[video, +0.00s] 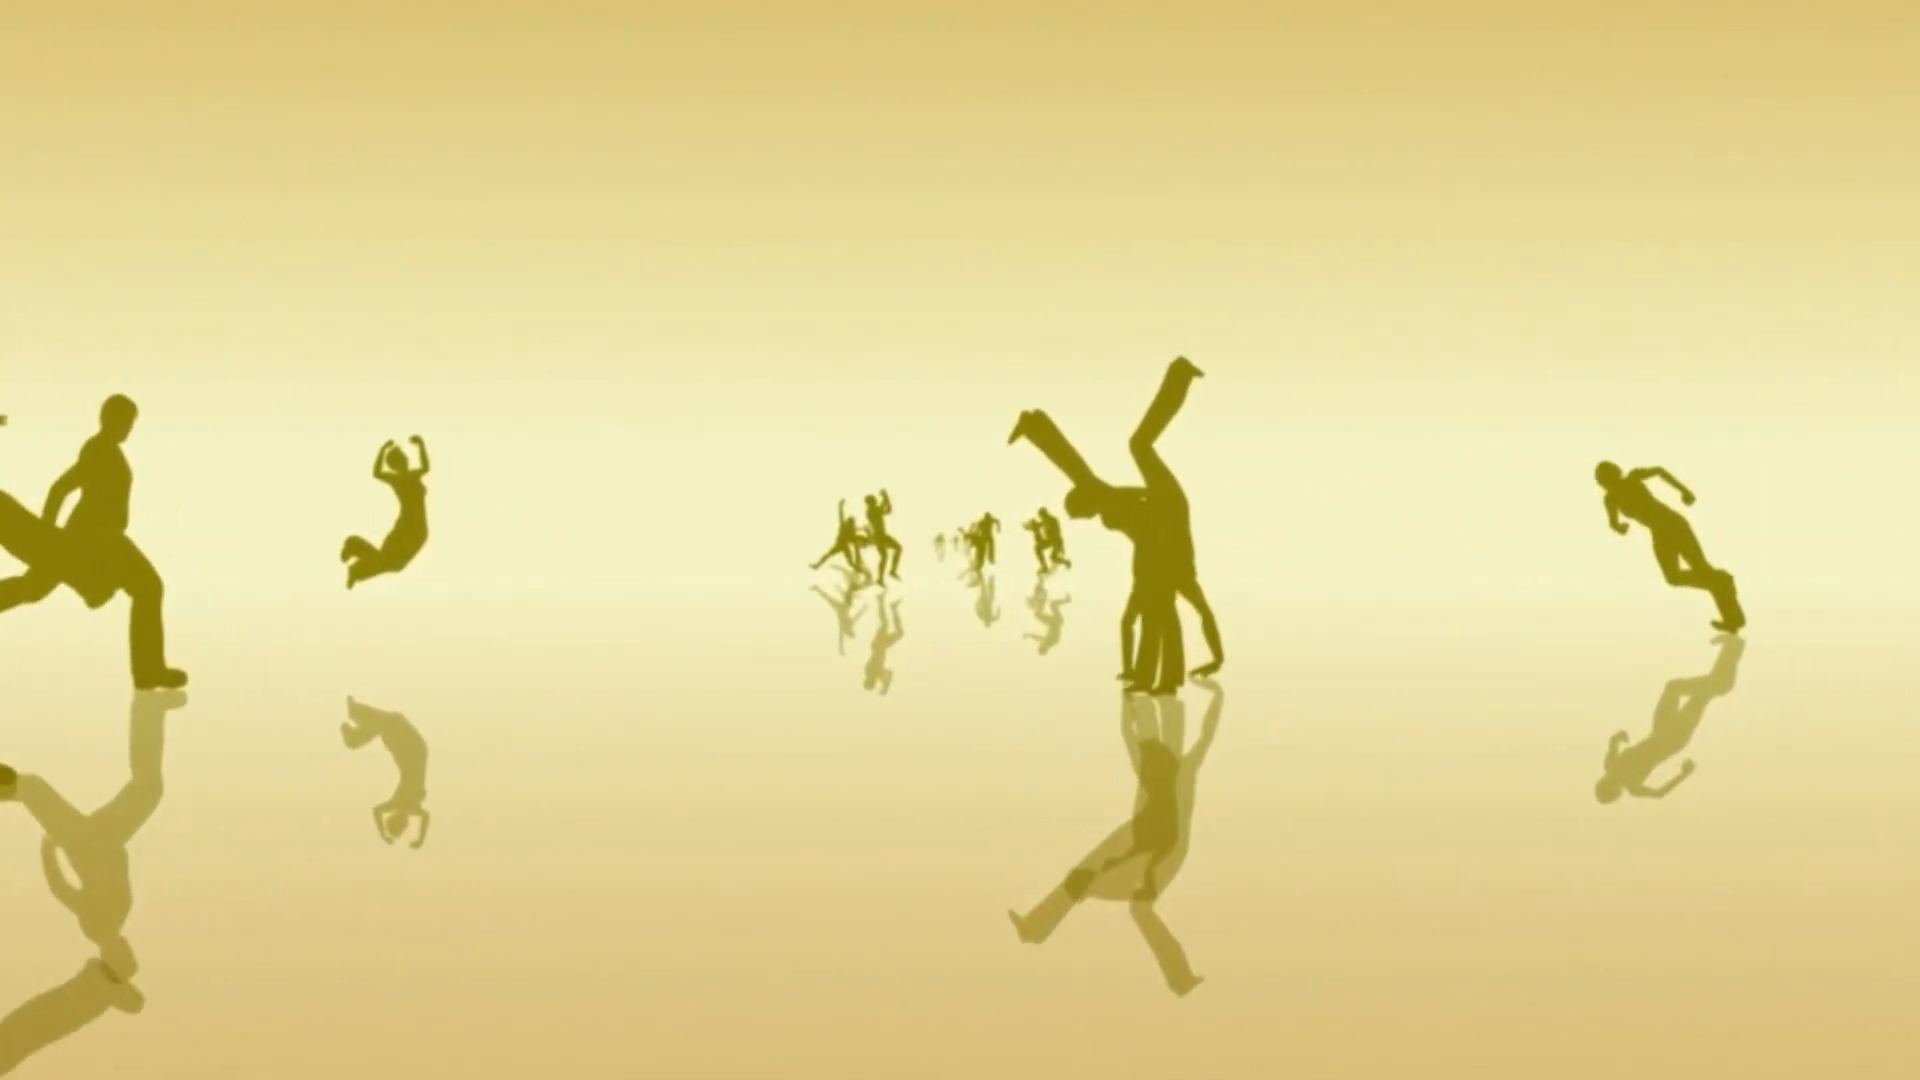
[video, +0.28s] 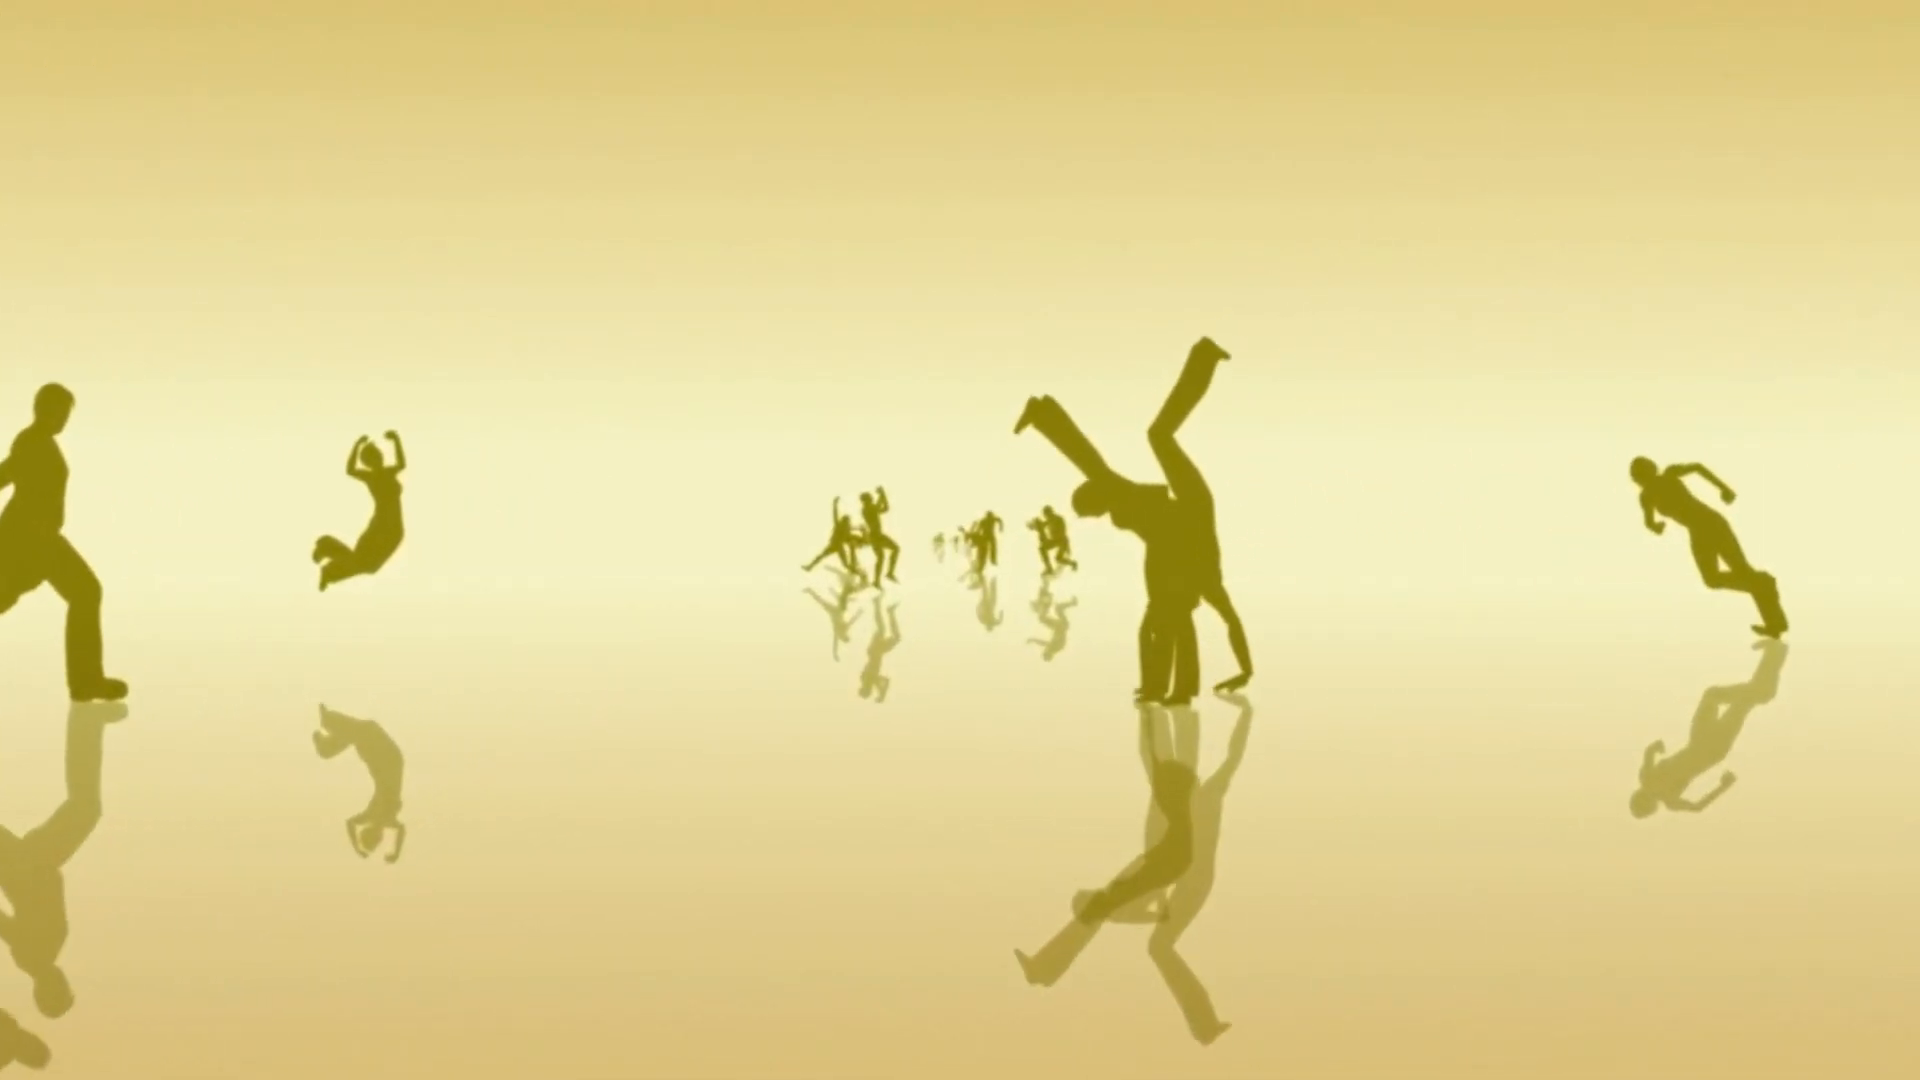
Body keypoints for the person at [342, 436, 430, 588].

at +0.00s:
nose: (402, 460)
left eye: (402, 456)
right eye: (397, 458)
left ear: (406, 457)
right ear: (392, 463)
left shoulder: (413, 476)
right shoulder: (396, 478)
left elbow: (425, 468)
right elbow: (377, 473)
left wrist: (421, 445)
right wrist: (382, 450)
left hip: (420, 528)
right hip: (405, 524)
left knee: (397, 565)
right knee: (387, 559)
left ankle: (357, 572)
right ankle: (355, 545)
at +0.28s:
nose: (375, 457)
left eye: (376, 452)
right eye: (370, 455)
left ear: (381, 454)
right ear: (366, 460)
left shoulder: (388, 473)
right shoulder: (370, 476)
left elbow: (401, 465)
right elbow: (350, 470)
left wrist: (396, 441)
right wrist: (356, 446)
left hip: (396, 527)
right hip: (380, 523)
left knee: (372, 567)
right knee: (360, 561)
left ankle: (331, 574)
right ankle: (328, 545)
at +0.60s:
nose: (352, 453)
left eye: (353, 449)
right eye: (347, 451)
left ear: (358, 450)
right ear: (342, 457)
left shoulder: (365, 470)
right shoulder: (346, 473)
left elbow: (378, 461)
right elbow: (326, 468)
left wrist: (373, 437)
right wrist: (332, 442)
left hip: (373, 526)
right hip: (357, 522)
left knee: (347, 568)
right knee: (335, 561)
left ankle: (304, 575)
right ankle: (301, 545)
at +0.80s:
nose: (334, 449)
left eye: (334, 445)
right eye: (329, 447)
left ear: (339, 447)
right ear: (324, 454)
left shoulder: (346, 468)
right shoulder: (327, 471)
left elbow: (361, 459)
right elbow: (306, 465)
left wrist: (356, 433)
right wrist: (313, 439)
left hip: (354, 525)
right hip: (338, 520)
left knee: (328, 568)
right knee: (317, 562)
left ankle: (285, 576)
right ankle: (282, 546)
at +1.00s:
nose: (315, 447)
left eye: (315, 442)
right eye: (309, 445)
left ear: (320, 444)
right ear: (304, 451)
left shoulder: (328, 465)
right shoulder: (307, 469)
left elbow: (342, 457)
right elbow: (286, 463)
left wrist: (337, 430)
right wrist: (293, 436)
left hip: (336, 525)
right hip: (319, 521)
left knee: (309, 569)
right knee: (297, 562)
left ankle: (264, 577)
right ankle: (260, 546)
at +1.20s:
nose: (295, 446)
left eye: (295, 442)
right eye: (289, 444)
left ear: (300, 442)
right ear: (284, 449)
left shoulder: (309, 463)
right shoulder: (287, 467)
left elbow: (323, 454)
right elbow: (265, 461)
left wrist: (318, 427)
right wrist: (271, 433)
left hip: (316, 524)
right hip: (298, 521)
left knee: (289, 570)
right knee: (276, 564)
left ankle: (242, 578)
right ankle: (238, 546)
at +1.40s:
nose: (274, 443)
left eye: (274, 438)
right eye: (269, 440)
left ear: (277, 439)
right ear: (262, 445)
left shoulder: (286, 461)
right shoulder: (265, 464)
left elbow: (302, 451)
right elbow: (242, 457)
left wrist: (297, 422)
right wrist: (250, 429)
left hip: (295, 524)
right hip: (276, 522)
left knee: (267, 572)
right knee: (253, 564)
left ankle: (219, 580)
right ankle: (215, 547)